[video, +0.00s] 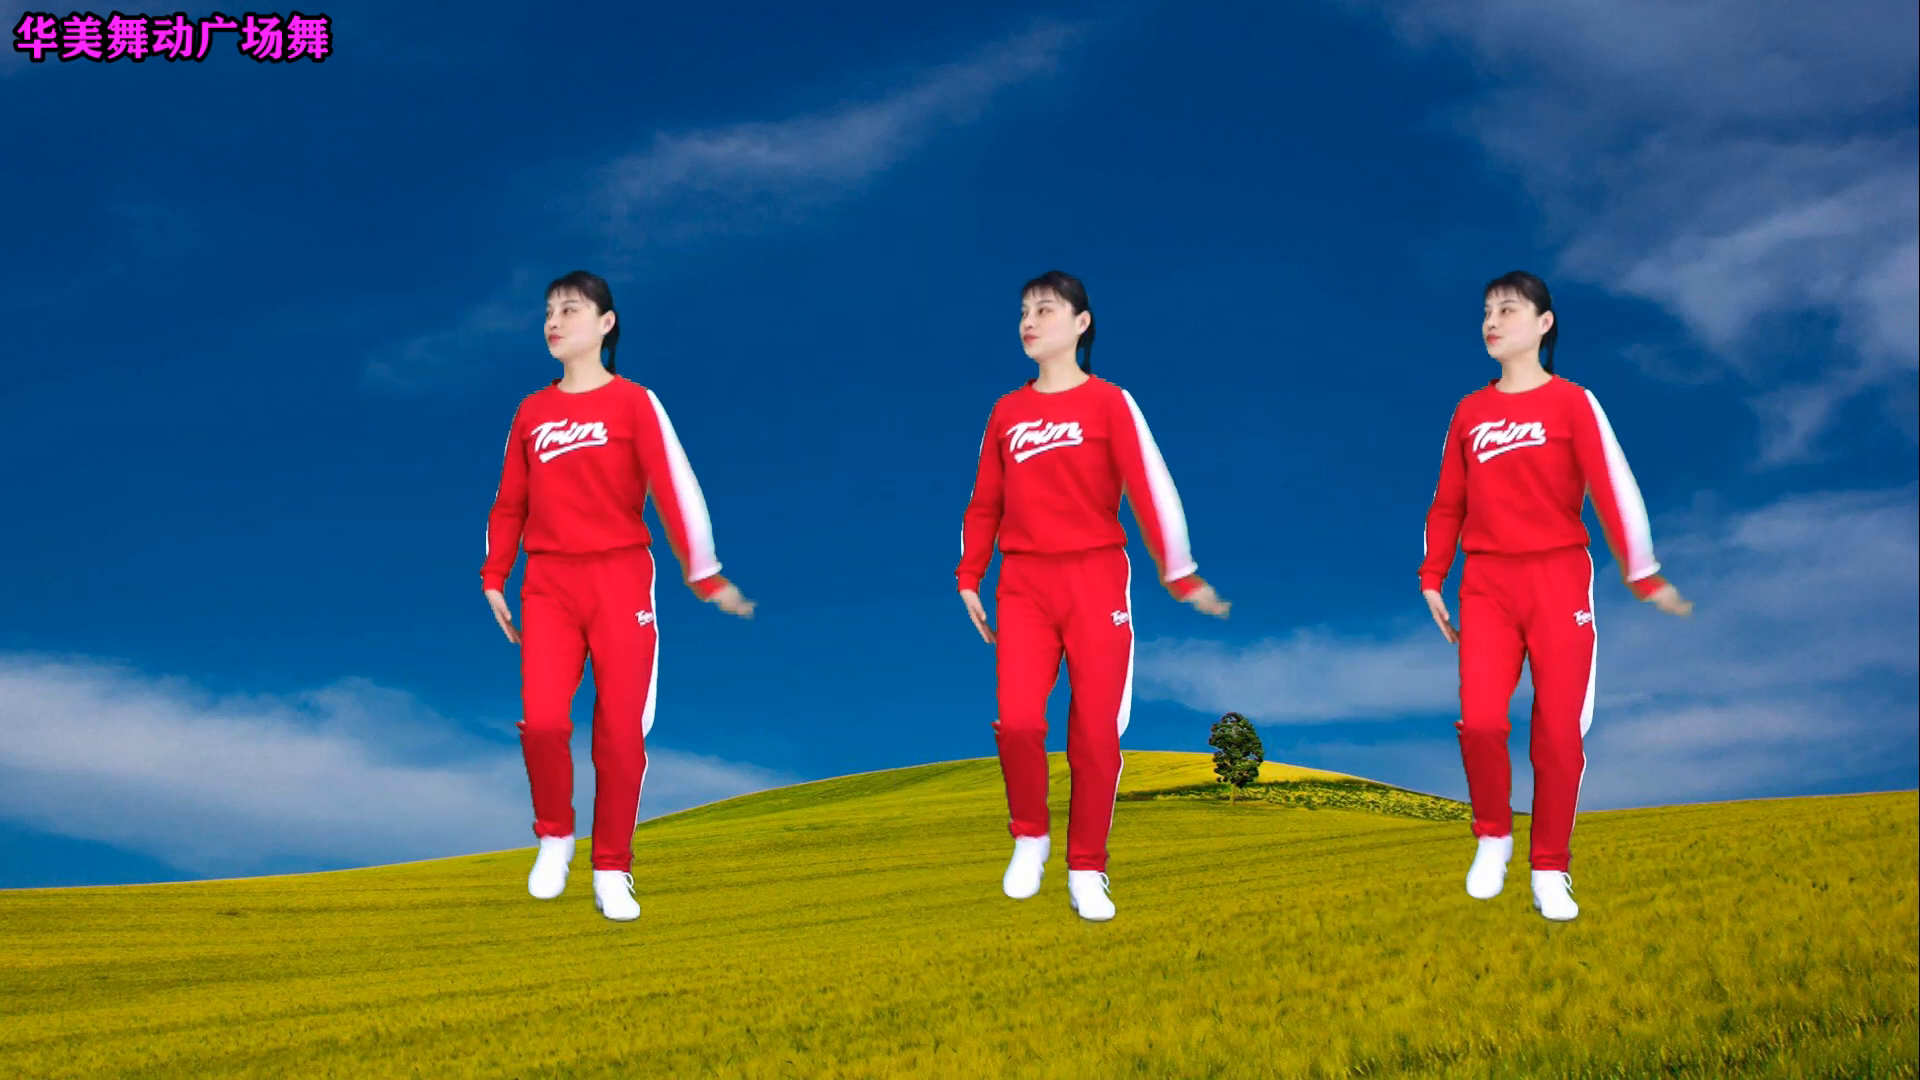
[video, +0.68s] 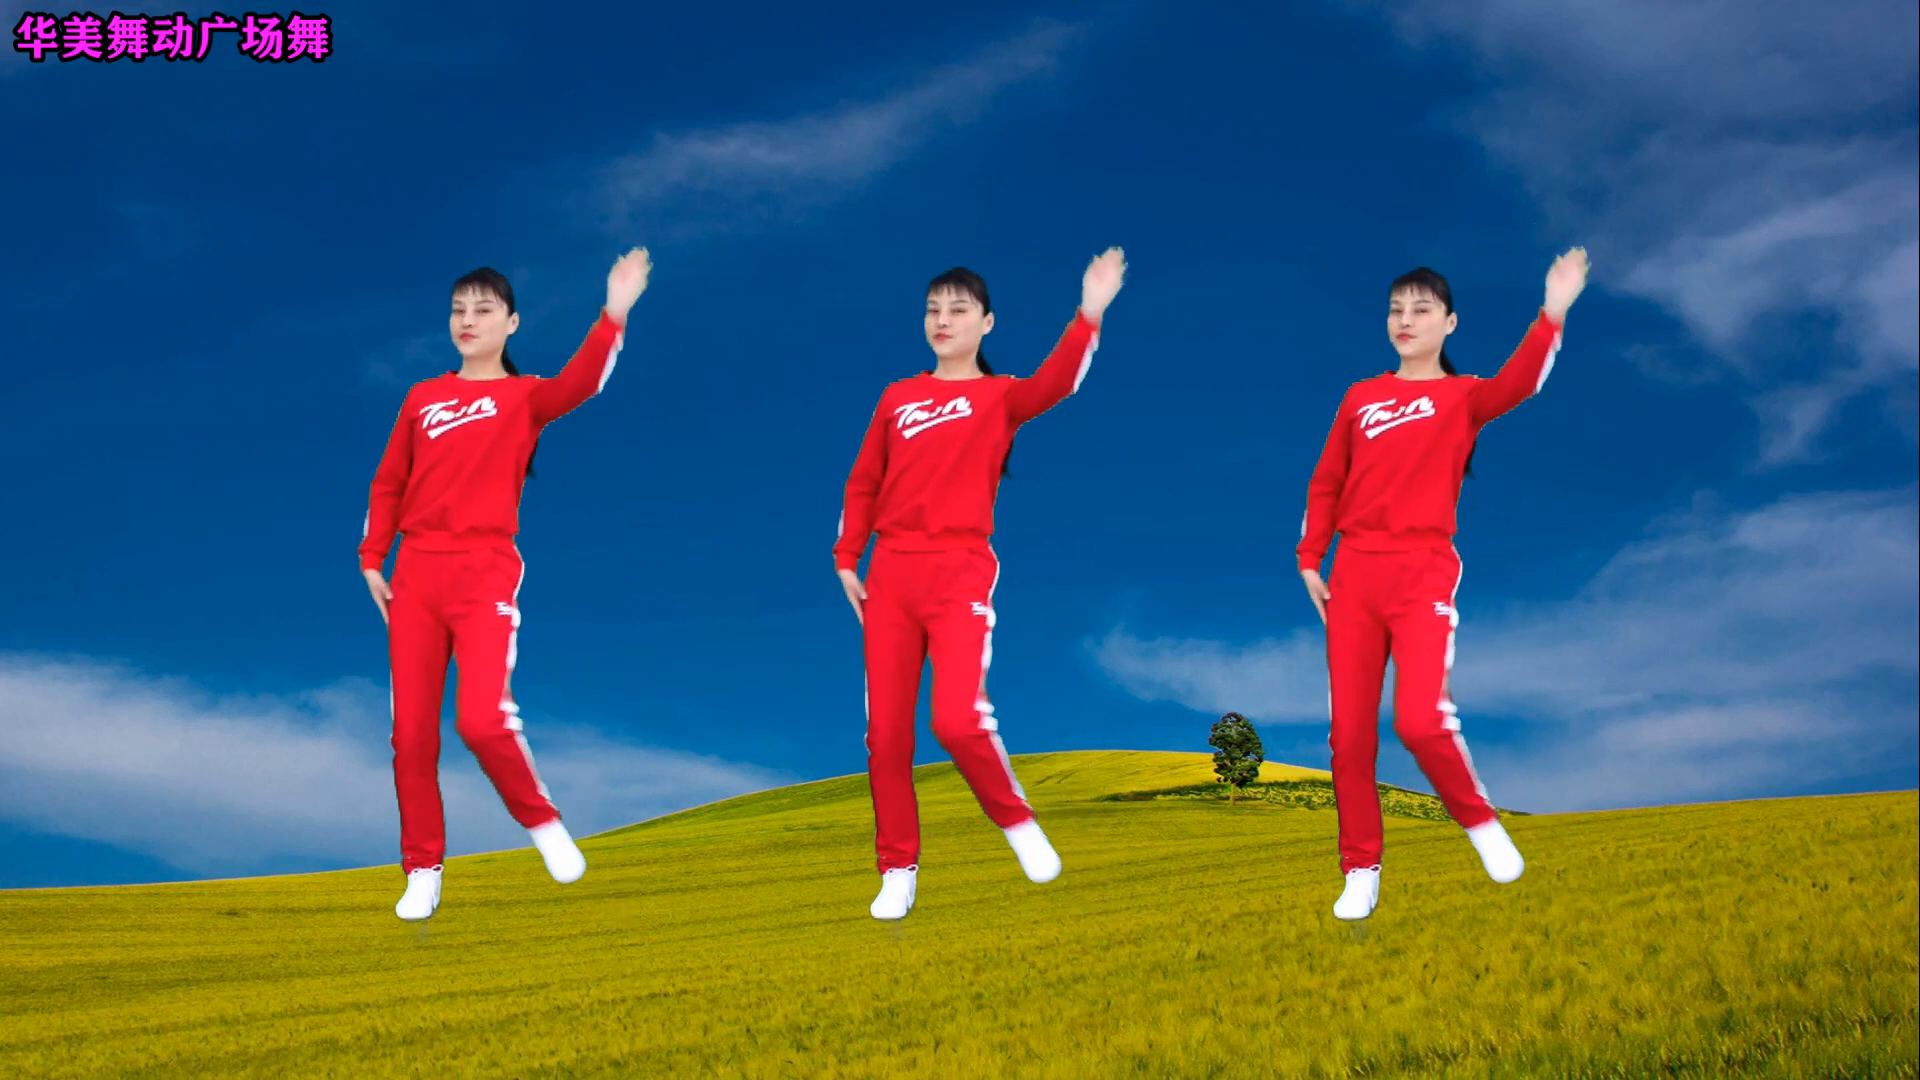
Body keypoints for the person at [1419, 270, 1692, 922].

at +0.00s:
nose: (1492, 321)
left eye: (1508, 310)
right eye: (1488, 313)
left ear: (1543, 324)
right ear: (1485, 331)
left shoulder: (1571, 401)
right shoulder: (1470, 413)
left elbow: (1612, 485)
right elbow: (1448, 502)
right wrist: (1431, 575)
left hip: (1560, 578)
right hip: (1486, 581)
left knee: (1559, 728)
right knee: (1479, 722)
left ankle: (1550, 868)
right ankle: (1493, 834)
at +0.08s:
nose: (1486, 322)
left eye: (1501, 312)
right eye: (1483, 314)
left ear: (1538, 324)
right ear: (1482, 330)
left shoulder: (1565, 399)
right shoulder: (1470, 413)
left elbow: (1560, 489)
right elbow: (1449, 503)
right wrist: (1434, 576)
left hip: (1557, 577)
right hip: (1487, 579)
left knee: (1557, 729)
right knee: (1460, 709)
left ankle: (1550, 867)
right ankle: (1470, 821)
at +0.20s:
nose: (1475, 305)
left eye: (1490, 293)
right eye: (1472, 297)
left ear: (1529, 303)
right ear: (1471, 314)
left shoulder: (1558, 369)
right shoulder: (1456, 393)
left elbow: (1494, 386)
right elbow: (1442, 485)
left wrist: (1407, 407)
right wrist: (1430, 560)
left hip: (1542, 557)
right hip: (1469, 561)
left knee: (1547, 716)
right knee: (1431, 698)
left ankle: (1552, 864)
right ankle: (1422, 829)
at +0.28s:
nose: (1467, 293)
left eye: (1482, 282)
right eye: (1463, 286)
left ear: (1520, 294)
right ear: (1462, 299)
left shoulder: (1547, 357)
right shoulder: (1448, 385)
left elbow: (1487, 331)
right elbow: (1430, 475)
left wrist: (1406, 316)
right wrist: (1418, 554)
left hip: (1528, 551)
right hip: (1456, 554)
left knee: (1540, 714)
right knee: (1414, 705)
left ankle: (1553, 861)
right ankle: (1387, 845)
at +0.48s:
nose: (1431, 313)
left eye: (1446, 302)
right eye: (1428, 306)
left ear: (1483, 316)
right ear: (1427, 323)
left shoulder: (1502, 385)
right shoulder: (1404, 399)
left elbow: (1507, 308)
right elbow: (1379, 492)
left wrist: (1470, 229)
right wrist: (1369, 573)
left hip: (1477, 568)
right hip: (1402, 573)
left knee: (1512, 724)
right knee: (1380, 737)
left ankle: (1548, 862)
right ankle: (1362, 866)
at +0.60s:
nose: (1412, 313)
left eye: (1427, 304)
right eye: (1407, 305)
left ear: (1461, 317)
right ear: (1400, 320)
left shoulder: (1476, 388)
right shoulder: (1375, 391)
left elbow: (1518, 340)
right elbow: (1344, 479)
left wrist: (1522, 252)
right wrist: (1334, 558)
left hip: (1438, 563)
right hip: (1368, 568)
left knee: (1466, 720)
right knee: (1359, 733)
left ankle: (1523, 850)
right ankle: (1362, 866)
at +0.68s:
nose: (1407, 317)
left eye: (1421, 307)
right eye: (1398, 308)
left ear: (1447, 323)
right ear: (1388, 324)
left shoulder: (1465, 394)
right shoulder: (1360, 398)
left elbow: (1519, 382)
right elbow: (1327, 482)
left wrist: (1552, 311)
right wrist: (1309, 559)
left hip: (1425, 570)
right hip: (1355, 570)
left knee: (1418, 720)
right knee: (1351, 728)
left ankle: (1480, 822)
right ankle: (1360, 863)